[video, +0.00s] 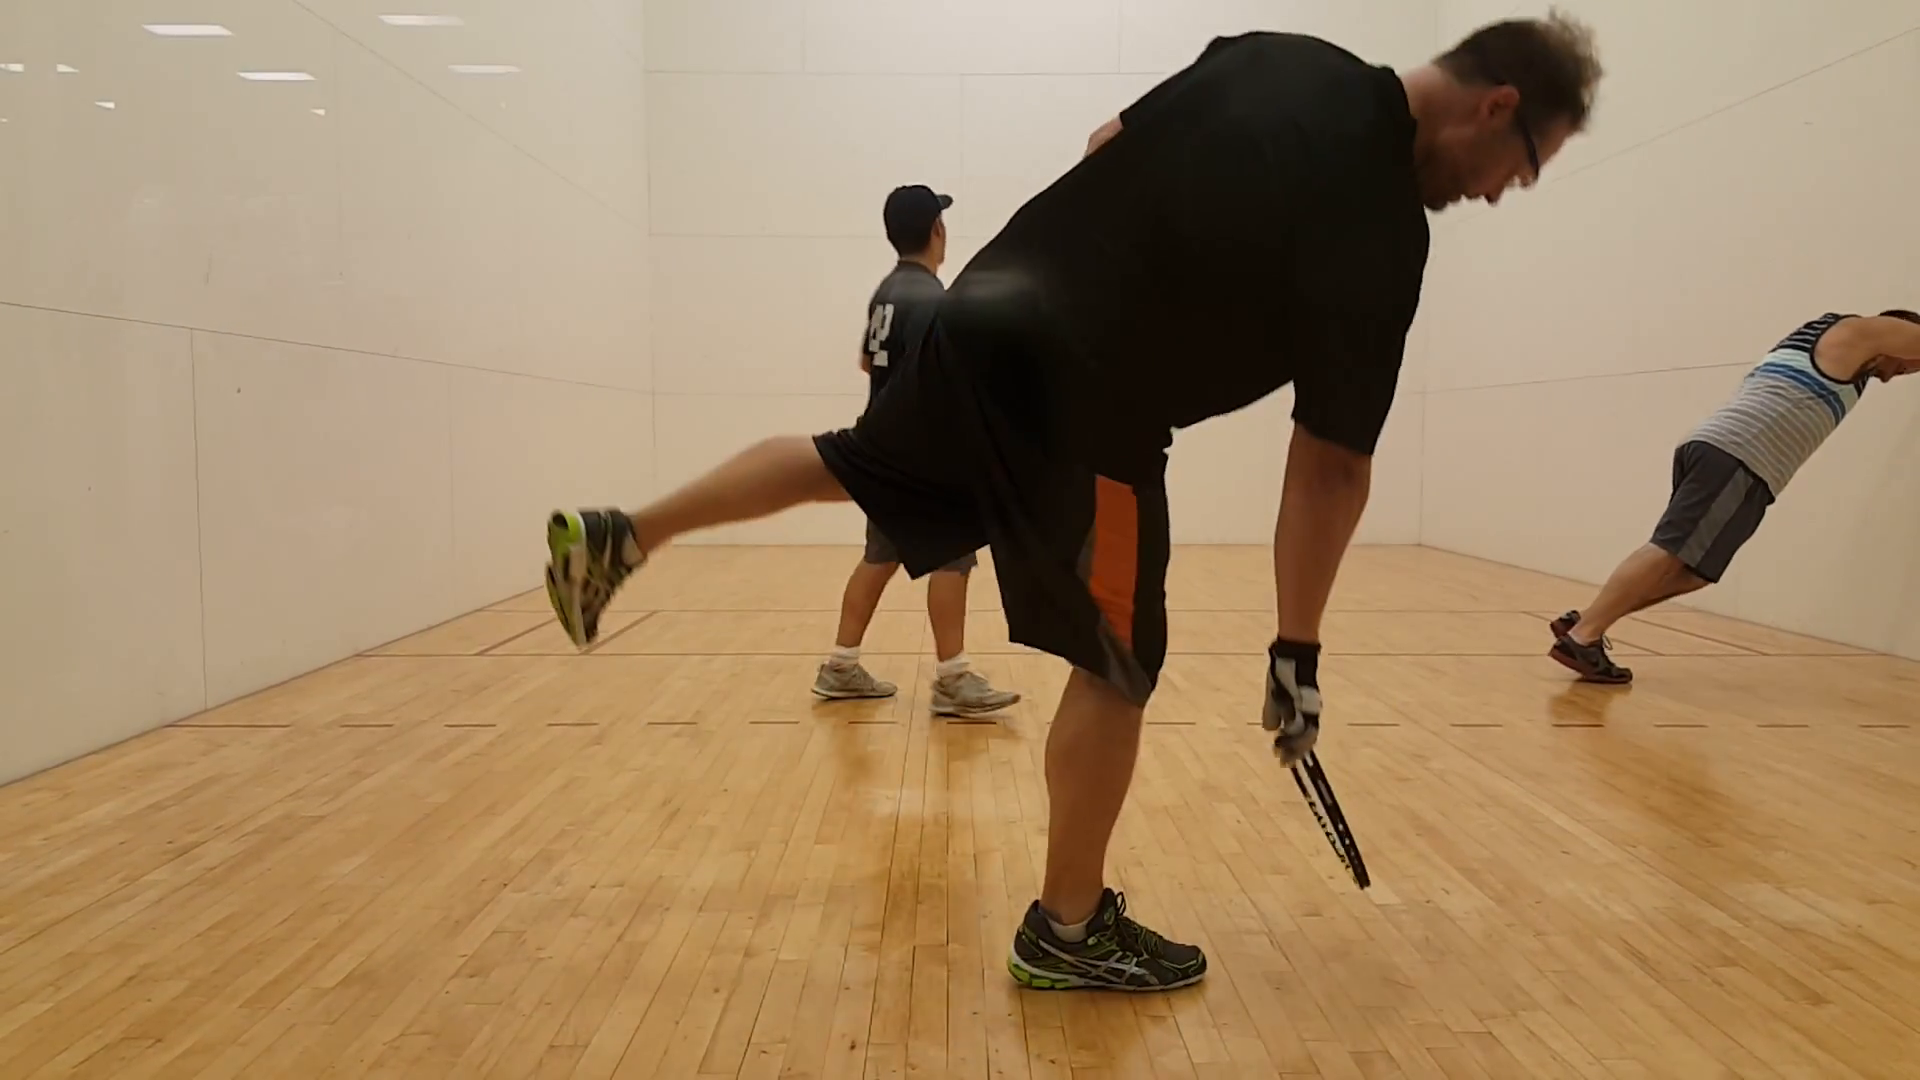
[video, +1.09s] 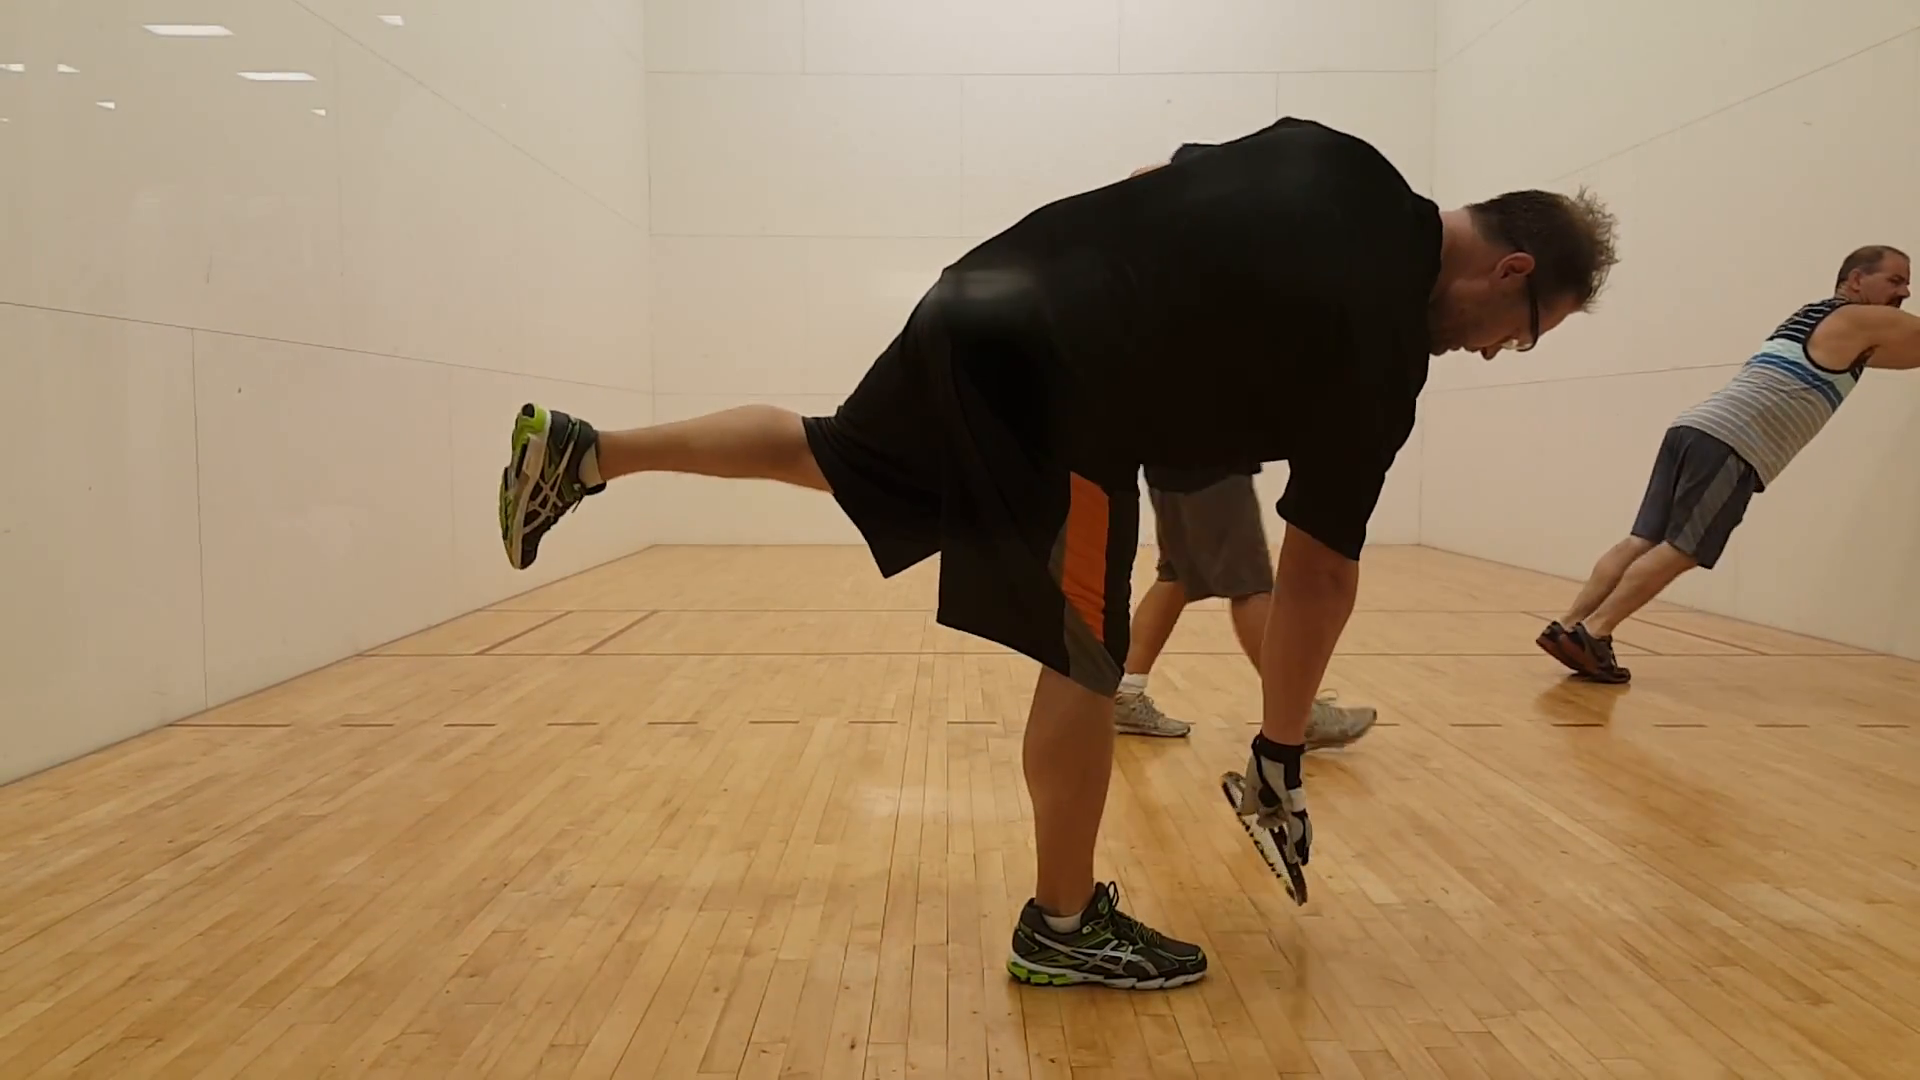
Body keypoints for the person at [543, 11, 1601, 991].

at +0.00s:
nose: (1505, 192)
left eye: (1524, 176)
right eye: (1523, 165)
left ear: (1459, 78)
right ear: (1493, 110)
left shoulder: (1281, 56)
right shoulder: (1378, 242)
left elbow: (1111, 145)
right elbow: (1326, 462)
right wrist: (1296, 652)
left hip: (978, 310)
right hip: (1086, 390)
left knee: (855, 463)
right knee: (1115, 655)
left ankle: (624, 536)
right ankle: (1068, 926)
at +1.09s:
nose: (1496, 352)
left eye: (1518, 339)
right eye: (1520, 329)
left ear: (1479, 229)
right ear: (1506, 267)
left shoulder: (1329, 155)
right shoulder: (1382, 348)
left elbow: (1153, 183)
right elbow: (1314, 574)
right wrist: (1279, 753)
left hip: (982, 296)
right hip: (1067, 385)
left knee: (840, 455)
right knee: (1089, 646)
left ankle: (585, 451)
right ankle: (1063, 921)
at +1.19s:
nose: (1494, 365)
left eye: (1515, 353)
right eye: (1517, 342)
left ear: (1481, 245)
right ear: (1505, 279)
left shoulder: (1331, 168)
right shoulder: (1380, 356)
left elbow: (1189, 250)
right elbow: (1316, 585)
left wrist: (1231, 508)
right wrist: (1281, 757)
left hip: (978, 302)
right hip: (1064, 391)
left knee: (843, 466)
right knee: (1103, 658)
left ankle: (584, 468)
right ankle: (1064, 923)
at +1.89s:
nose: (1487, 449)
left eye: (1511, 434)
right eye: (1508, 429)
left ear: (1477, 315)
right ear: (1493, 377)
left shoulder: (1352, 237)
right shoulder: (1384, 436)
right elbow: (1319, 648)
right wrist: (1289, 824)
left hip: (1009, 278)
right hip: (1080, 386)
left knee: (790, 396)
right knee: (1081, 660)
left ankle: (522, 405)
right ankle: (1063, 924)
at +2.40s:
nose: (1471, 509)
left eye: (1492, 499)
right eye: (1490, 492)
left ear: (1475, 392)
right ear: (1483, 441)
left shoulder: (1368, 287)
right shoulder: (1374, 489)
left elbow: (1205, 265)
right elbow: (1319, 690)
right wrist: (1294, 878)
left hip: (1033, 264)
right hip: (1083, 388)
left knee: (787, 332)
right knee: (1075, 655)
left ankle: (511, 275)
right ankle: (1063, 921)